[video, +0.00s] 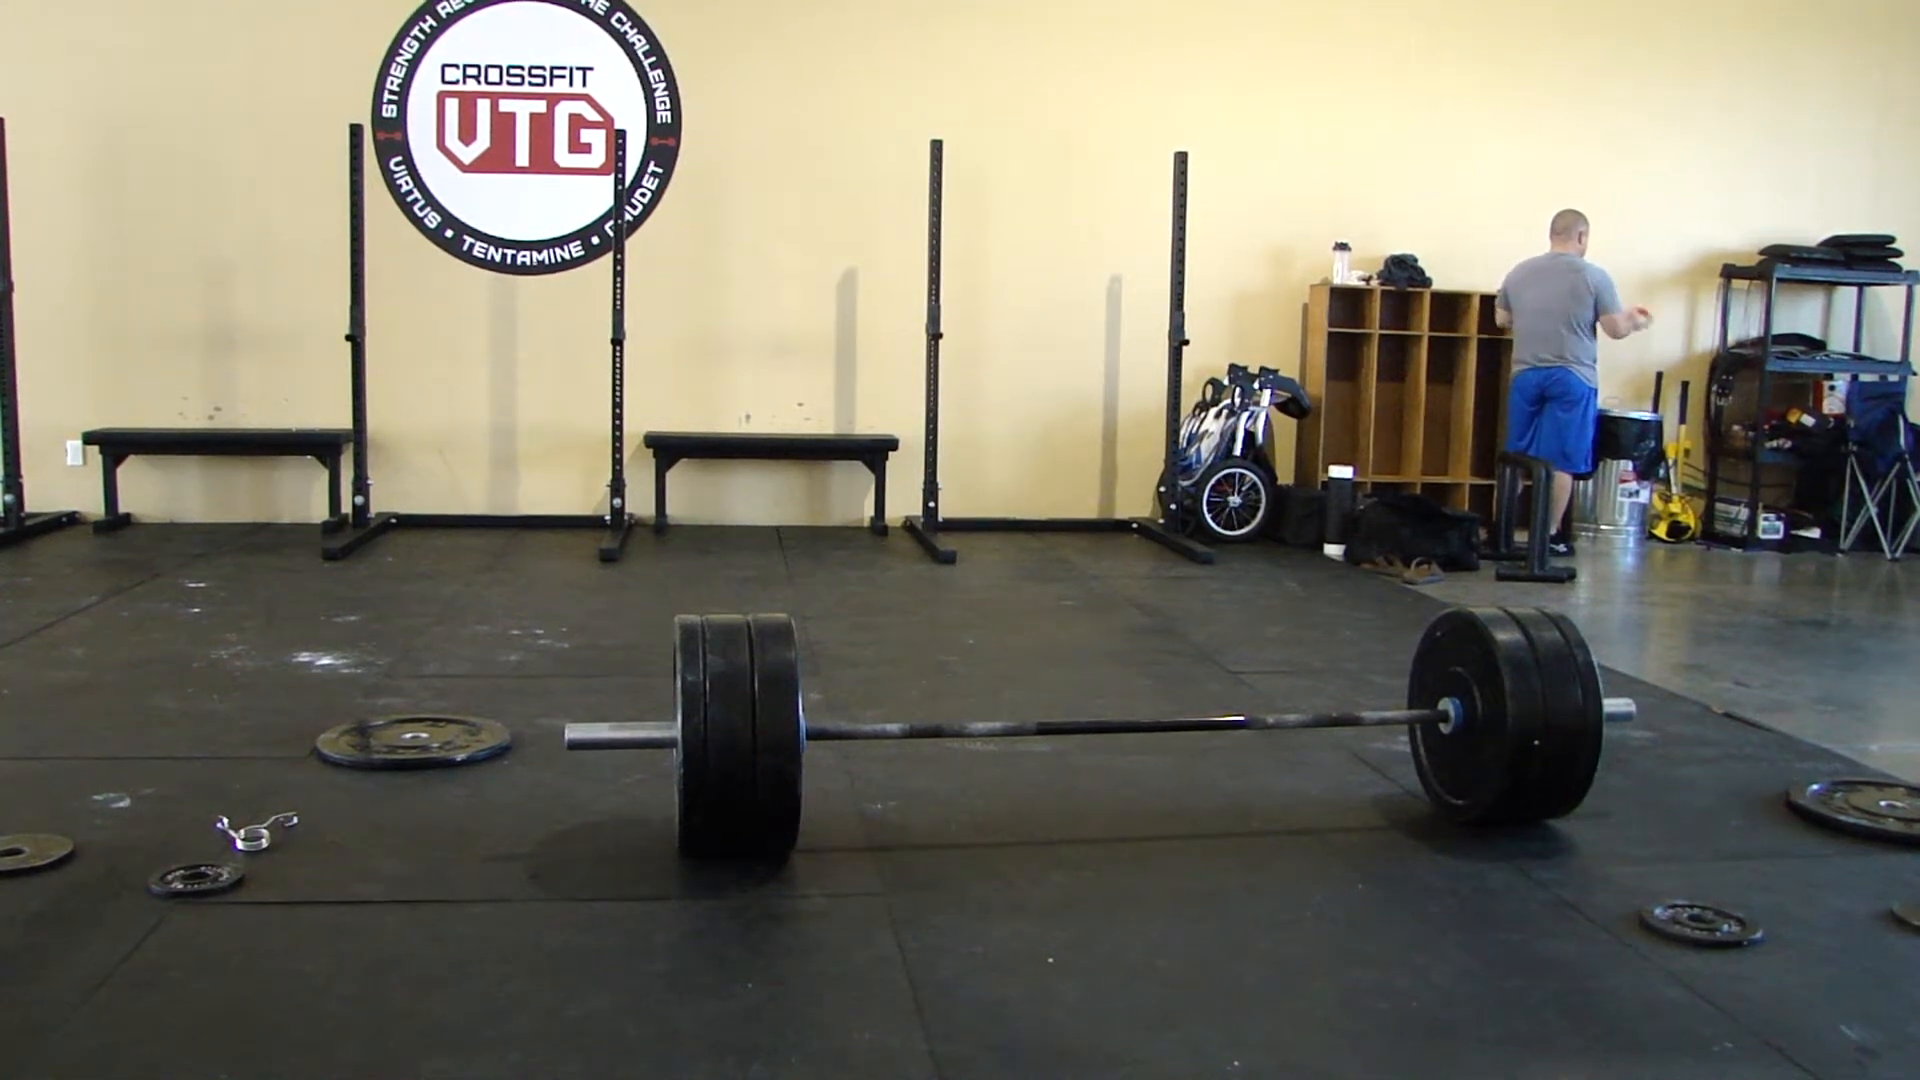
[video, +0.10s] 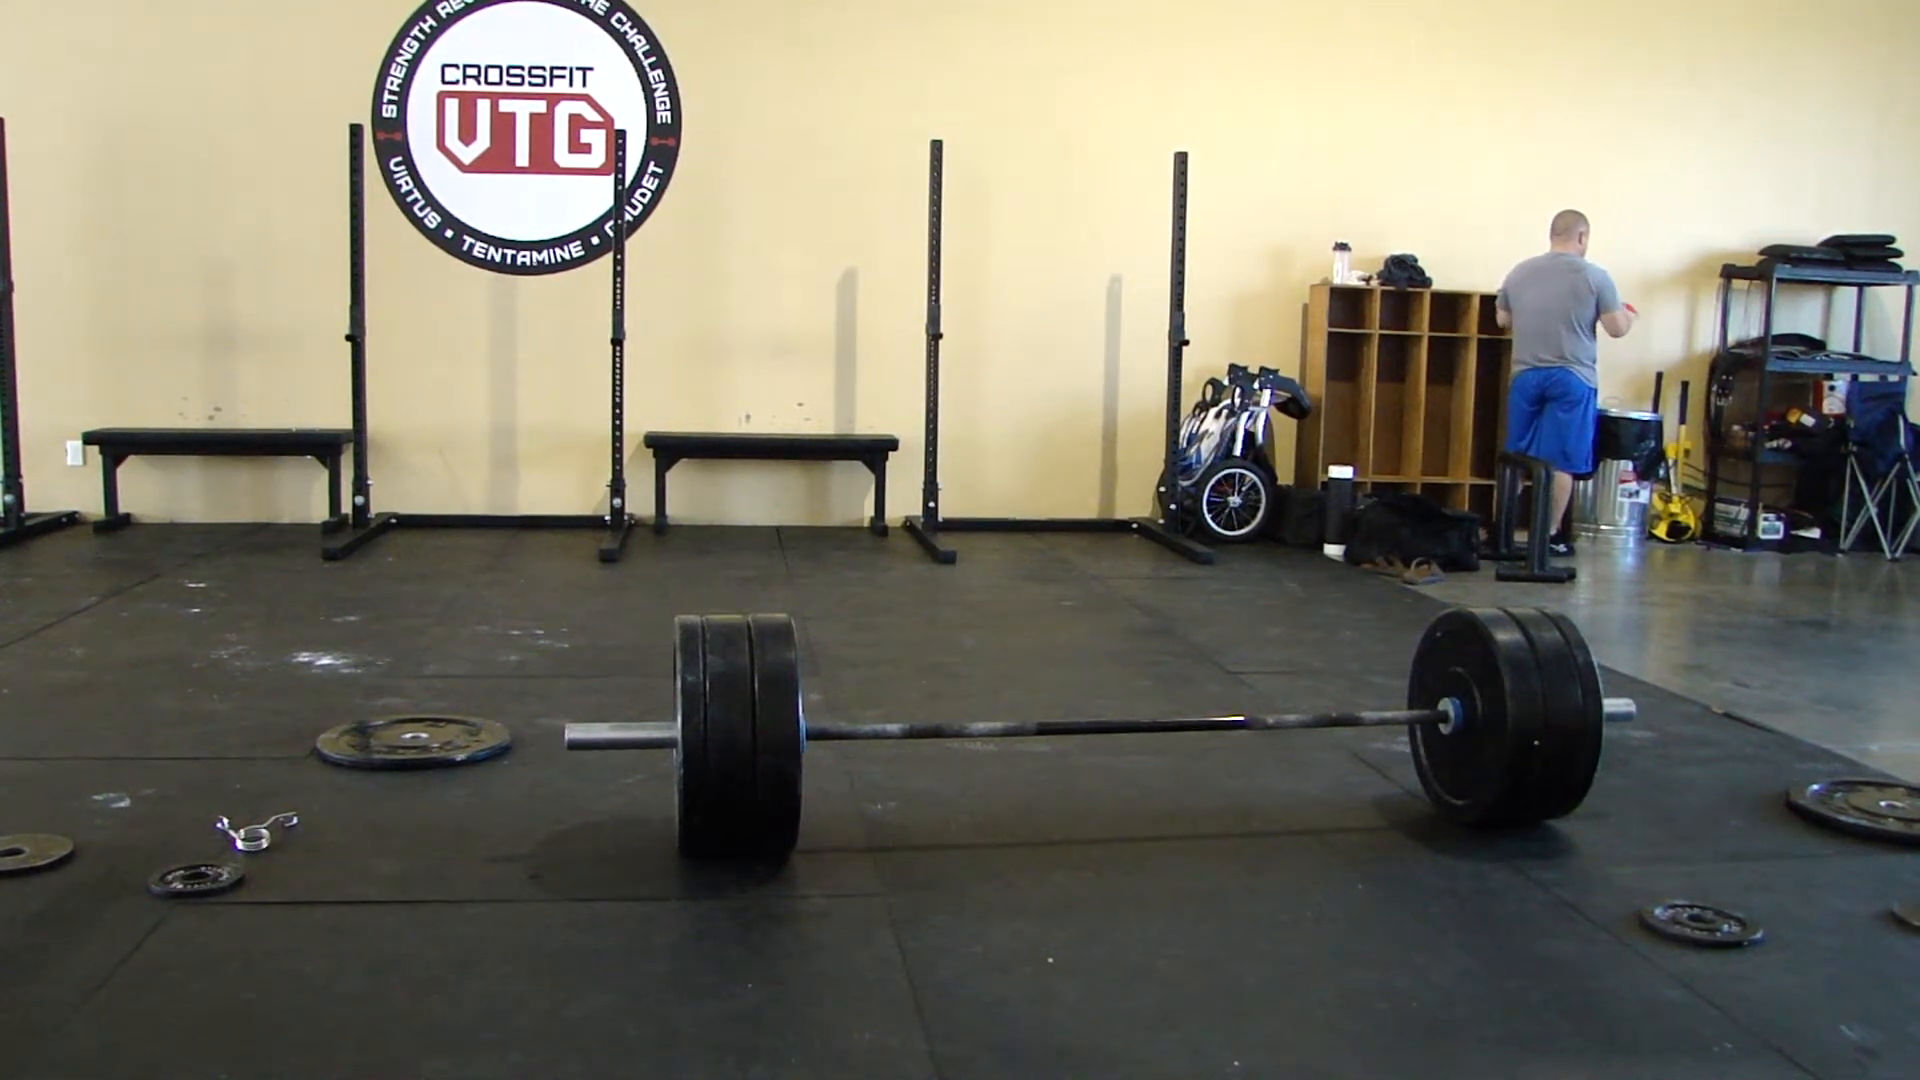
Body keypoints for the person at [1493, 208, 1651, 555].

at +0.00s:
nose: (1587, 245)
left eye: (1586, 239)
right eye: (1587, 239)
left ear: (1551, 236)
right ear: (1580, 237)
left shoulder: (1521, 271)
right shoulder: (1592, 274)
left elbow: (1502, 319)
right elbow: (1615, 329)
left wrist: (1536, 309)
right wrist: (1634, 320)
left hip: (1526, 375)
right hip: (1572, 377)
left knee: (1516, 457)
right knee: (1562, 463)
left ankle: (1503, 533)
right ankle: (1549, 536)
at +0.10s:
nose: (1586, 246)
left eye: (1585, 240)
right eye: (1587, 240)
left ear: (1551, 236)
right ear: (1581, 237)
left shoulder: (1520, 271)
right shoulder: (1592, 275)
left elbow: (1503, 318)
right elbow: (1616, 329)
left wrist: (1535, 306)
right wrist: (1627, 314)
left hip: (1525, 375)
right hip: (1572, 377)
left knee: (1515, 457)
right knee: (1562, 464)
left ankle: (1501, 532)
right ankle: (1549, 537)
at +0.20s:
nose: (1586, 245)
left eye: (1585, 240)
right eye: (1586, 239)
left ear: (1550, 236)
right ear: (1581, 237)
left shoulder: (1520, 271)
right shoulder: (1592, 274)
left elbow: (1503, 319)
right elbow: (1617, 328)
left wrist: (1536, 308)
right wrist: (1628, 314)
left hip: (1525, 375)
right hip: (1572, 377)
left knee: (1514, 458)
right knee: (1562, 464)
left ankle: (1502, 534)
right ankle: (1549, 537)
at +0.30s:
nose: (1586, 245)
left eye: (1585, 240)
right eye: (1586, 239)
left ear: (1549, 236)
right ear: (1579, 237)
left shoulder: (1519, 272)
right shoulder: (1592, 274)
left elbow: (1502, 319)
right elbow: (1617, 330)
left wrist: (1537, 311)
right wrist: (1634, 325)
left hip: (1525, 376)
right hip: (1572, 378)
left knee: (1514, 458)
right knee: (1562, 463)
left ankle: (1503, 535)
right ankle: (1549, 537)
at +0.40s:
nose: (1585, 245)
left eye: (1585, 240)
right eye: (1586, 239)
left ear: (1550, 236)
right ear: (1580, 237)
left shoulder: (1519, 272)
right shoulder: (1592, 274)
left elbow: (1502, 320)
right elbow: (1618, 329)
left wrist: (1536, 309)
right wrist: (1628, 319)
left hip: (1524, 376)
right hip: (1572, 377)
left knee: (1514, 459)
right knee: (1561, 463)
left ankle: (1502, 534)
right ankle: (1549, 537)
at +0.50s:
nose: (1585, 244)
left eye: (1583, 239)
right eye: (1585, 239)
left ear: (1549, 237)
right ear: (1579, 237)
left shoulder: (1519, 272)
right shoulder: (1593, 275)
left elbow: (1502, 321)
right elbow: (1617, 330)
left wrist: (1535, 312)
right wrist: (1637, 331)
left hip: (1525, 376)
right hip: (1572, 378)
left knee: (1514, 459)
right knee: (1562, 463)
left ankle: (1502, 534)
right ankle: (1549, 537)